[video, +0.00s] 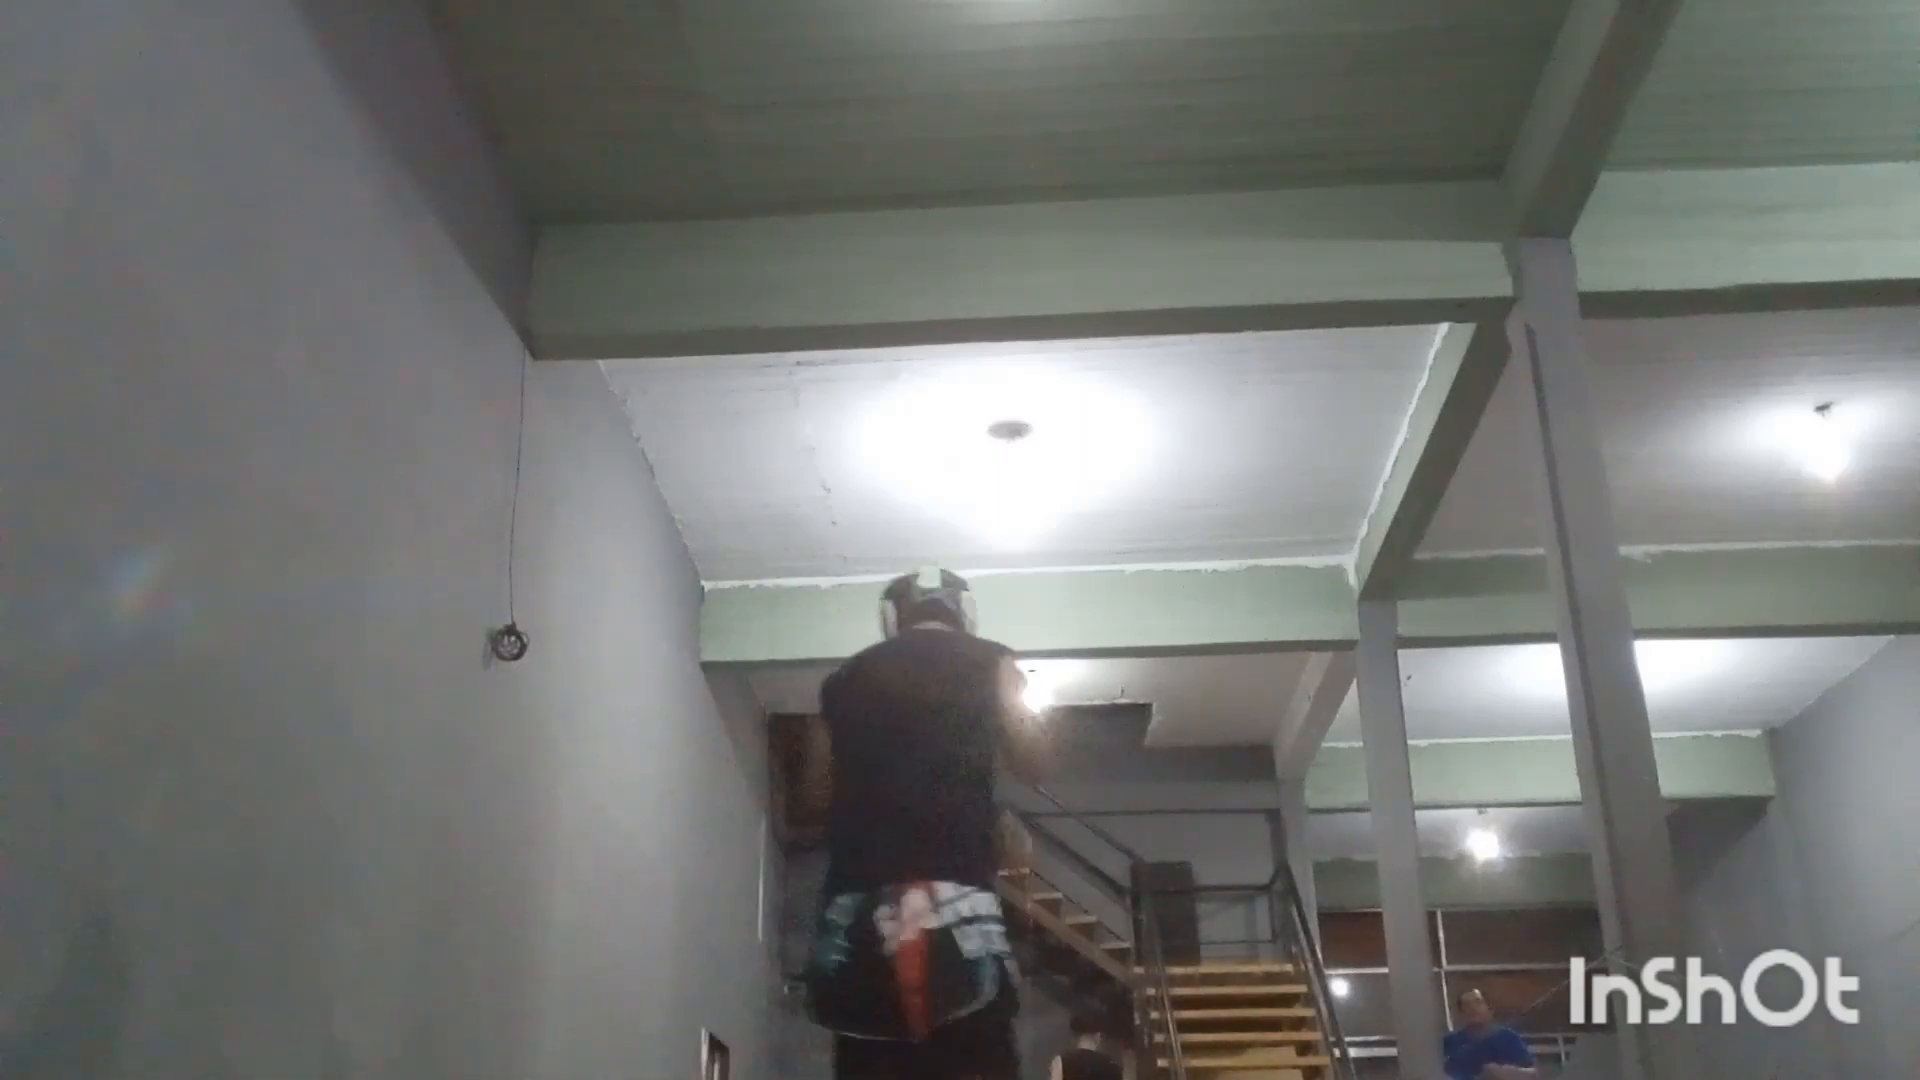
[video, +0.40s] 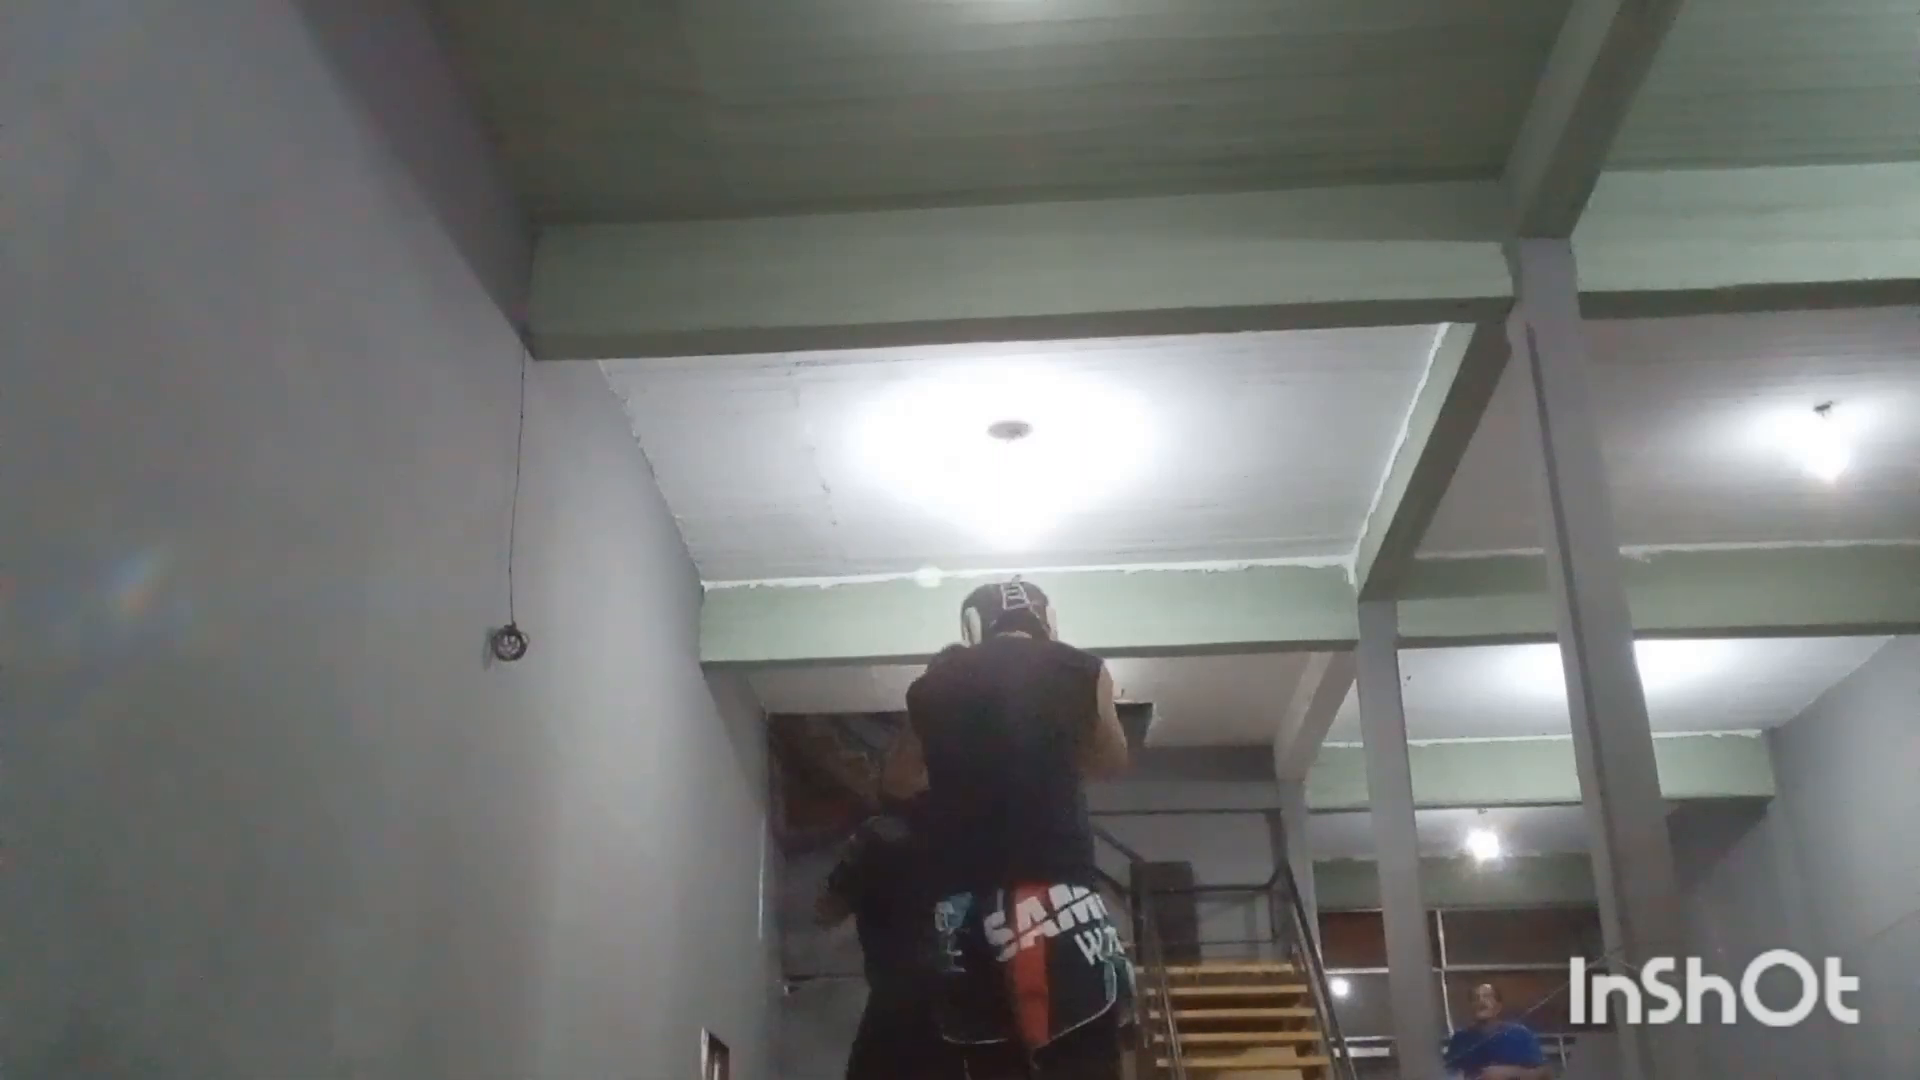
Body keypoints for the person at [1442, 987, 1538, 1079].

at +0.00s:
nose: (1474, 1009)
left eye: (1478, 1003)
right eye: (1467, 1005)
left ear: (1489, 1008)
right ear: (1461, 1013)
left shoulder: (1507, 1036)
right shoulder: (1452, 1041)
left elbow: (1532, 1072)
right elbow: (1449, 1072)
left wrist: (1499, 1071)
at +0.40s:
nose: (1481, 1002)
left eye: (1487, 997)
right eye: (1476, 998)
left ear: (1498, 1005)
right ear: (1470, 1005)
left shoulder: (1519, 1033)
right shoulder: (1460, 1038)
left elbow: (1544, 1071)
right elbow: (1451, 1072)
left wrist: (1504, 1072)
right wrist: (1460, 1075)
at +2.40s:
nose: (1491, 999)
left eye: (1496, 993)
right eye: (1487, 996)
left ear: (1512, 994)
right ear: (1486, 1000)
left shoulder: (1526, 1020)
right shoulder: (1501, 1022)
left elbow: (1497, 1058)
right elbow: (1484, 1051)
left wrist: (1445, 1049)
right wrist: (1450, 1047)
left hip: (1540, 1076)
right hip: (1519, 1076)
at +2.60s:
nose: (1490, 997)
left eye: (1496, 991)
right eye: (1487, 994)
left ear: (1510, 993)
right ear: (1484, 999)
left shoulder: (1525, 1022)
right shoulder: (1502, 1024)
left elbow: (1494, 1057)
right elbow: (1482, 1051)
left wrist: (1446, 1048)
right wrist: (1443, 1047)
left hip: (1536, 1076)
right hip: (1516, 1076)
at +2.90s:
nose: (1474, 993)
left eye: (1480, 988)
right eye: (1472, 990)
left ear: (1497, 993)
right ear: (1469, 993)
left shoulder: (1508, 1019)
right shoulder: (1487, 1020)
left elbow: (1475, 1053)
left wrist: (1433, 1048)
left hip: (1516, 1075)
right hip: (1498, 1074)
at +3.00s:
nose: (1470, 993)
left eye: (1476, 987)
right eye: (1467, 989)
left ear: (1494, 992)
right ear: (1464, 996)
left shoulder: (1506, 1019)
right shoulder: (1479, 1026)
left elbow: (1475, 1055)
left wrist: (1432, 1050)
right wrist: (1454, 1049)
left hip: (1515, 1076)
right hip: (1492, 1076)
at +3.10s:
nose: (1465, 992)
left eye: (1472, 986)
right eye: (1463, 988)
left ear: (1490, 993)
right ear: (1460, 995)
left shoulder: (1499, 1019)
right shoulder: (1477, 1025)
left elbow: (1472, 1057)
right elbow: (1463, 1055)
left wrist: (1424, 1049)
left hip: (1509, 1075)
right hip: (1490, 1075)